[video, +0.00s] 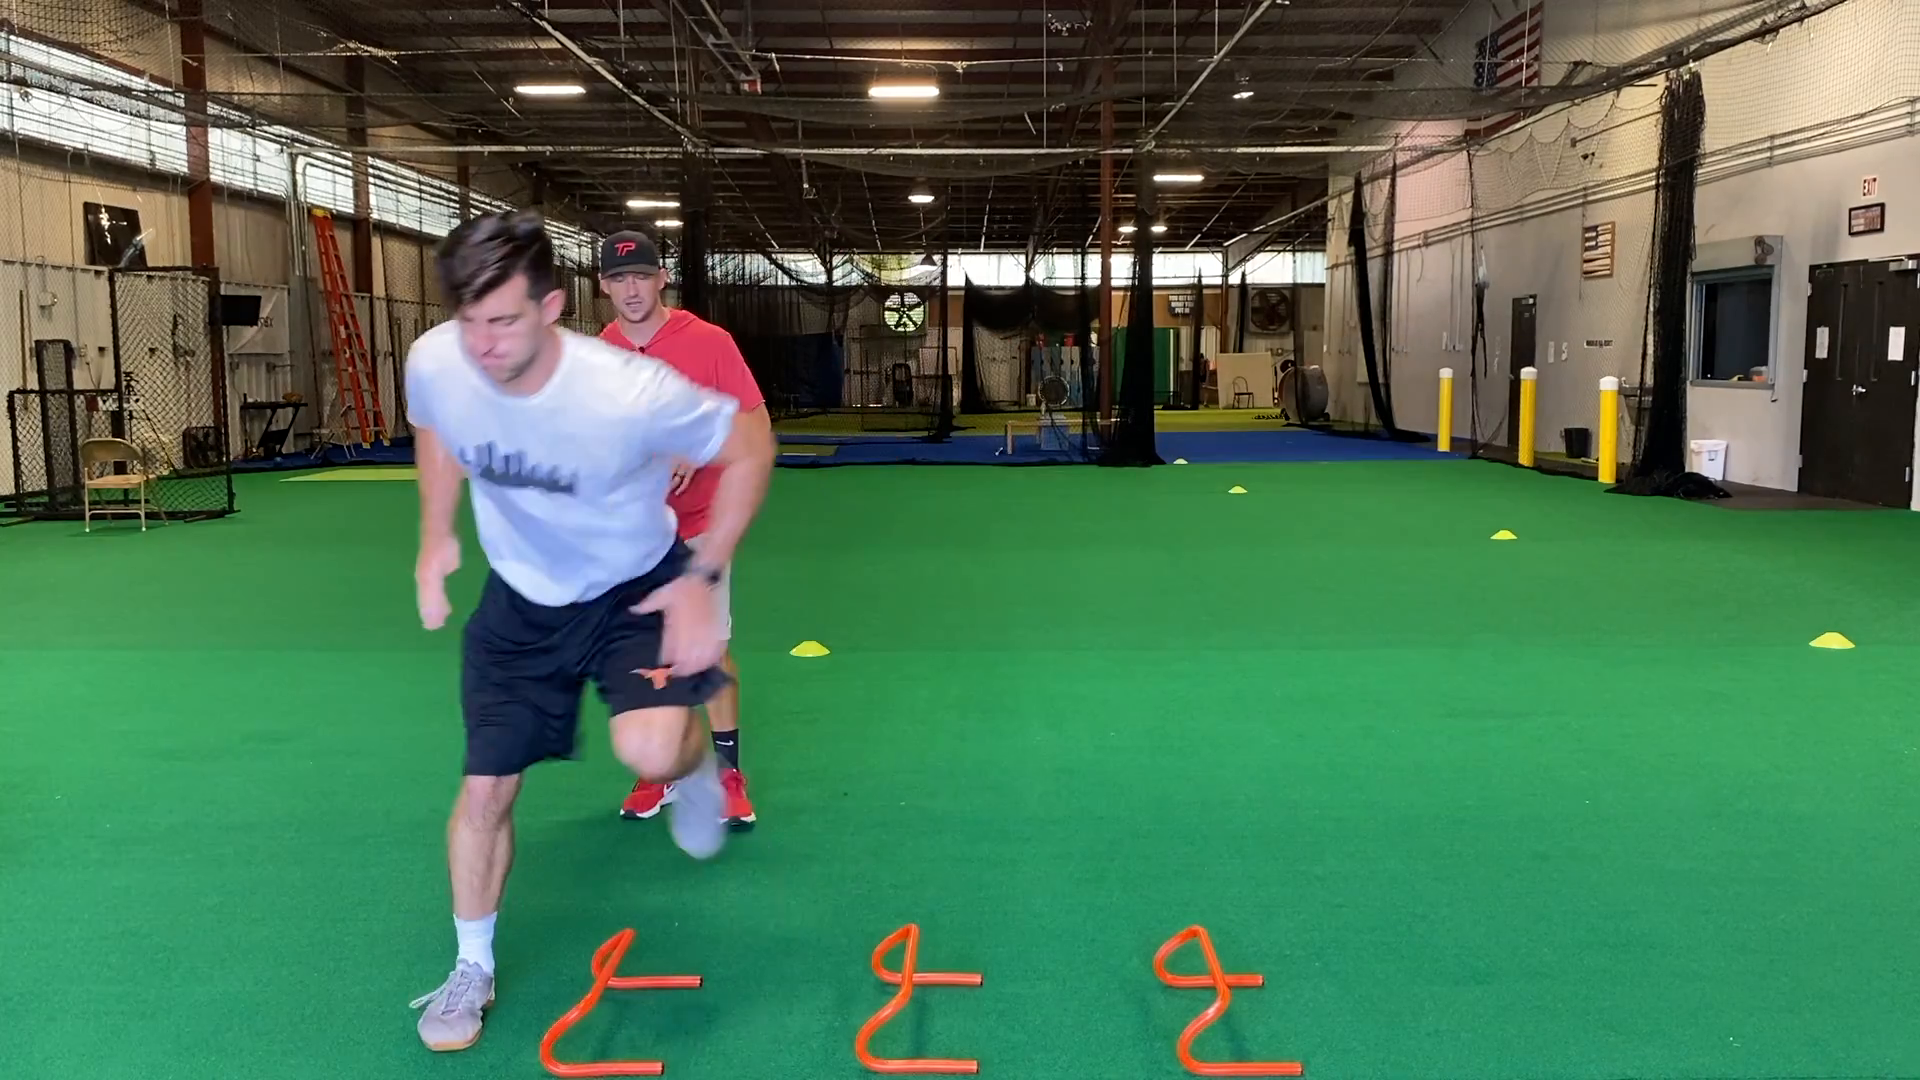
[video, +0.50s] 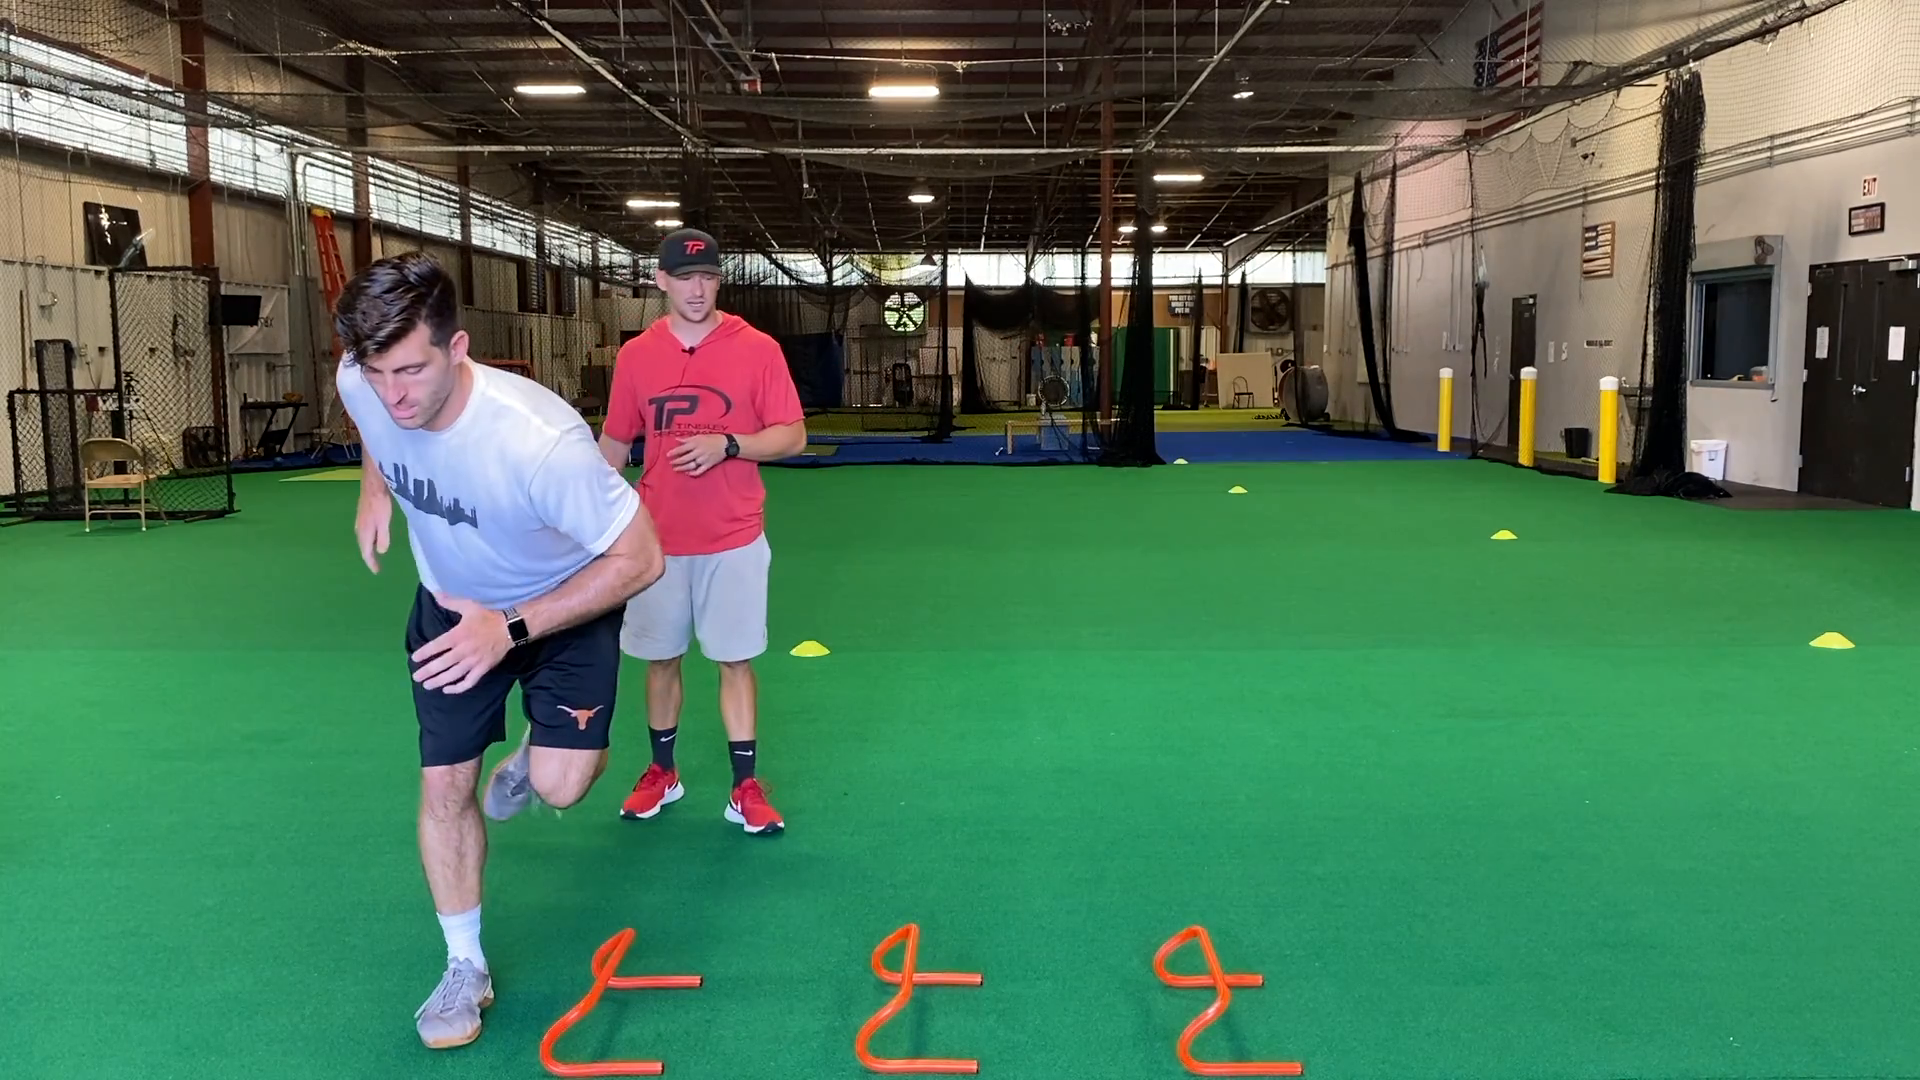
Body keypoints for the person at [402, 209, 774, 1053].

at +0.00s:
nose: (484, 341)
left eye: (504, 320)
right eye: (471, 320)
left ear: (553, 307)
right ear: (453, 311)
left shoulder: (630, 391)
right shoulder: (436, 364)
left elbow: (752, 438)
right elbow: (436, 432)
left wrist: (705, 567)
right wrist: (437, 539)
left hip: (638, 590)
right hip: (519, 597)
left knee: (649, 750)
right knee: (487, 784)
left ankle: (696, 762)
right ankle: (472, 969)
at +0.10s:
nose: (440, 367)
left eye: (459, 345)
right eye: (427, 347)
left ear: (508, 328)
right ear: (410, 336)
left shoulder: (590, 419)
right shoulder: (405, 368)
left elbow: (694, 519)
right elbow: (413, 423)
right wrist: (402, 503)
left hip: (606, 605)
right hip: (485, 606)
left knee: (592, 784)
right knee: (473, 784)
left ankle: (646, 693)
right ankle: (471, 966)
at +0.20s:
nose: (412, 384)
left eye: (431, 362)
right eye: (397, 365)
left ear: (479, 342)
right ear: (380, 356)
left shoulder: (560, 434)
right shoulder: (383, 375)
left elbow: (656, 557)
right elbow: (387, 410)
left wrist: (527, 620)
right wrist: (386, 475)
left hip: (588, 605)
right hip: (470, 601)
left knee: (574, 786)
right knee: (463, 782)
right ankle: (468, 968)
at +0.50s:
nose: (394, 392)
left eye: (412, 370)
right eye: (379, 373)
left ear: (459, 348)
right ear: (360, 365)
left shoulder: (543, 441)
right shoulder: (360, 383)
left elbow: (640, 557)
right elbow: (375, 434)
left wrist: (514, 624)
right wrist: (375, 486)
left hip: (571, 605)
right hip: (454, 603)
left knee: (565, 783)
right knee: (449, 781)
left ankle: (529, 762)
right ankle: (464, 965)